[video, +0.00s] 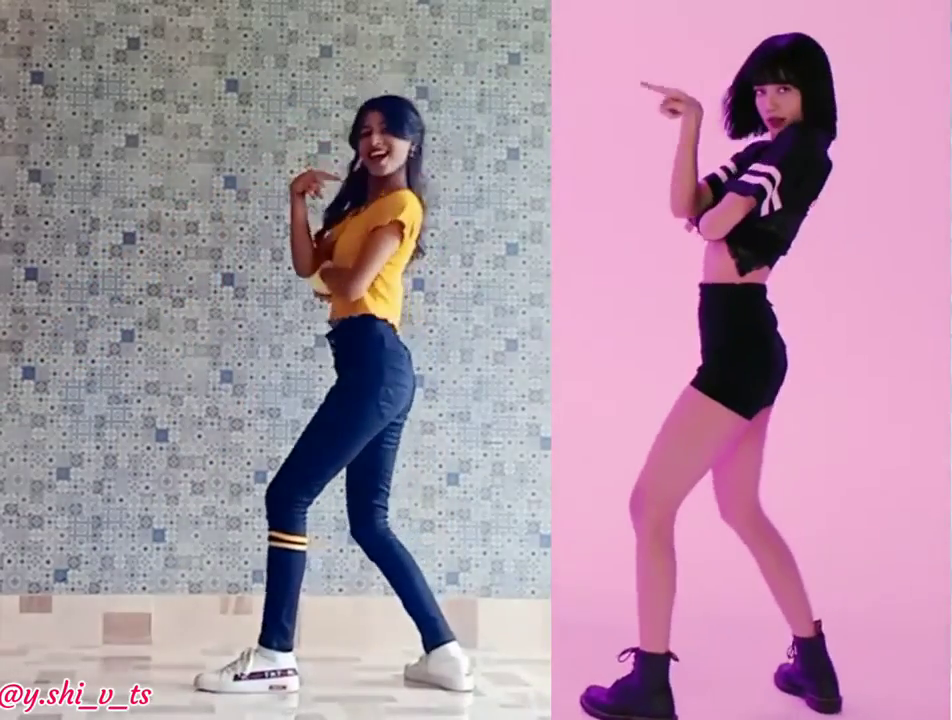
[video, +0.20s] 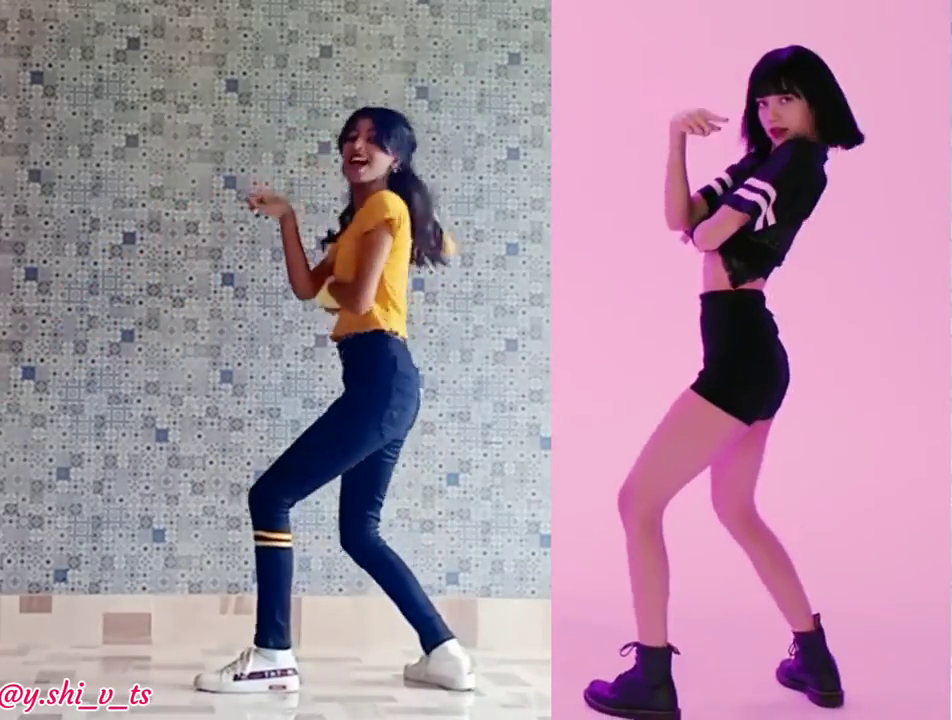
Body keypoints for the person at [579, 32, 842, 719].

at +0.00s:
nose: (772, 95)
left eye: (785, 84)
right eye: (763, 85)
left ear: (813, 91)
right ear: (753, 92)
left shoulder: (791, 150)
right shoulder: (770, 150)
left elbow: (715, 227)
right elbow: (685, 206)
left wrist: (721, 195)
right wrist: (690, 119)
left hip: (736, 351)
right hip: (750, 348)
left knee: (650, 504)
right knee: (741, 508)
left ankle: (650, 681)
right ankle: (812, 658)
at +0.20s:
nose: (772, 109)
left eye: (786, 95)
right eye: (763, 99)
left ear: (819, 101)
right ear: (756, 109)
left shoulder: (793, 162)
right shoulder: (769, 162)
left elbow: (708, 239)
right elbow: (681, 218)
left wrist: (720, 214)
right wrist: (676, 138)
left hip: (737, 359)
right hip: (756, 357)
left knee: (638, 500)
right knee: (737, 510)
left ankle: (652, 674)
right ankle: (815, 656)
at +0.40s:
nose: (769, 120)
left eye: (782, 106)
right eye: (760, 110)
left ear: (809, 109)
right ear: (753, 118)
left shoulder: (804, 169)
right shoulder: (789, 173)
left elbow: (731, 250)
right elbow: (708, 235)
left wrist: (735, 236)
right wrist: (702, 149)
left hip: (764, 375)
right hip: (777, 368)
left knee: (644, 499)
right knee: (749, 512)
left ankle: (671, 671)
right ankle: (834, 653)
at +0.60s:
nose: (785, 115)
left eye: (797, 101)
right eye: (775, 105)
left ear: (826, 105)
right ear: (769, 114)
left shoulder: (816, 168)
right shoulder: (798, 172)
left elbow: (752, 249)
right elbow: (720, 235)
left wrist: (750, 236)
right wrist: (717, 150)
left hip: (786, 373)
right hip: (798, 367)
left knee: (664, 494)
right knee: (763, 513)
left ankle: (690, 669)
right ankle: (853, 651)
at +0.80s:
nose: (743, 137)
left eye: (750, 120)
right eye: (734, 135)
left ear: (785, 115)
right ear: (738, 150)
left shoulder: (795, 165)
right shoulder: (782, 191)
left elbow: (755, 272)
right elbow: (728, 289)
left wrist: (746, 265)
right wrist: (694, 214)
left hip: (821, 388)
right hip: (834, 381)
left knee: (685, 492)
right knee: (776, 512)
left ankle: (701, 662)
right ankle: (862, 647)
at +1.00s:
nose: (701, 211)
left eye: (700, 192)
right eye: (692, 213)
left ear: (726, 177)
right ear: (696, 224)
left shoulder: (750, 220)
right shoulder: (760, 237)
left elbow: (750, 326)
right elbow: (738, 352)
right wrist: (697, 286)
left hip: (843, 413)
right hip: (849, 405)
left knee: (696, 488)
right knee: (778, 514)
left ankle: (708, 657)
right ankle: (865, 640)